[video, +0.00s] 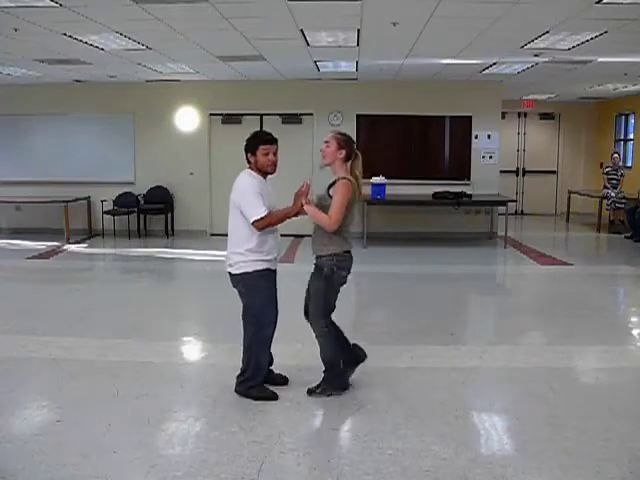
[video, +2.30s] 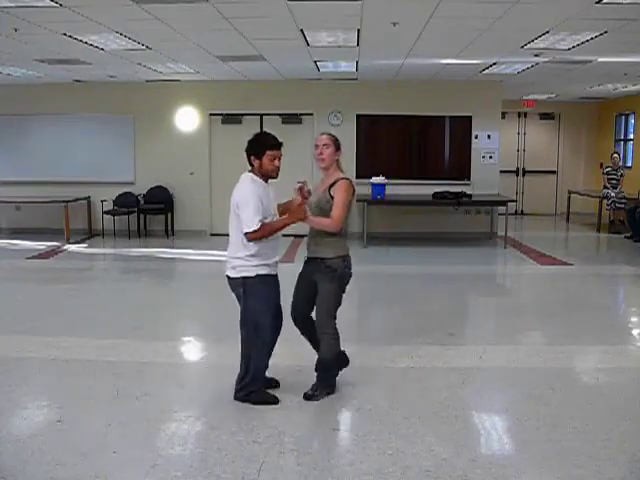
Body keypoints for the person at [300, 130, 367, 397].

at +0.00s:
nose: (322, 148)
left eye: (327, 145)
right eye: (323, 144)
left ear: (341, 152)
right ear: (338, 153)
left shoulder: (344, 185)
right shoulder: (336, 183)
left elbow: (332, 224)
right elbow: (329, 218)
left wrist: (308, 208)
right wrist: (308, 204)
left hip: (334, 260)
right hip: (326, 259)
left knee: (319, 317)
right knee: (312, 313)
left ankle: (334, 378)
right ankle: (349, 353)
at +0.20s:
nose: (327, 149)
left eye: (333, 145)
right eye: (328, 144)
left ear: (347, 151)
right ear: (339, 152)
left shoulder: (356, 185)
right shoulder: (332, 181)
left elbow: (349, 227)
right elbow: (326, 216)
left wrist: (323, 231)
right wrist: (310, 198)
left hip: (344, 260)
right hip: (324, 257)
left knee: (334, 318)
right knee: (321, 315)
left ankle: (338, 379)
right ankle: (339, 365)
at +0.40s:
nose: (337, 150)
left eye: (342, 146)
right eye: (337, 146)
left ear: (357, 152)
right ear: (342, 152)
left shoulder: (371, 184)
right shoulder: (333, 181)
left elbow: (379, 227)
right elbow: (304, 207)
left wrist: (362, 247)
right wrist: (289, 183)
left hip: (356, 259)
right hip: (329, 257)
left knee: (352, 314)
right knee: (333, 316)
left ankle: (369, 359)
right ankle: (340, 364)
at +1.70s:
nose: (338, 155)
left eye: (344, 150)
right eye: (337, 151)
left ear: (357, 155)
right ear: (336, 155)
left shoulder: (370, 187)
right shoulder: (332, 185)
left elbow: (376, 226)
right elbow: (309, 213)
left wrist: (352, 222)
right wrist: (285, 197)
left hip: (360, 262)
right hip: (333, 261)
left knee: (362, 314)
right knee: (327, 317)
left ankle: (373, 353)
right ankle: (342, 368)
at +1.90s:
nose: (330, 153)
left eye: (335, 148)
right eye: (327, 149)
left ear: (348, 153)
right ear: (326, 154)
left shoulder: (355, 187)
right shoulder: (328, 185)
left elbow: (346, 225)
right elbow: (315, 221)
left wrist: (319, 209)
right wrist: (297, 202)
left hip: (343, 263)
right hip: (322, 260)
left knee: (331, 317)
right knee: (320, 318)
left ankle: (360, 353)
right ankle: (341, 368)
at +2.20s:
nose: (319, 150)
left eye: (324, 146)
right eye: (316, 146)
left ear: (336, 152)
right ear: (314, 152)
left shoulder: (341, 184)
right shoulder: (323, 183)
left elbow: (333, 222)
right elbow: (318, 221)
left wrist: (302, 209)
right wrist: (295, 247)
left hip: (331, 262)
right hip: (314, 260)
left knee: (320, 319)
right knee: (311, 316)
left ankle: (325, 379)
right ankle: (341, 362)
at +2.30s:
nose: (319, 152)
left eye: (325, 147)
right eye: (317, 148)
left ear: (338, 152)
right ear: (315, 153)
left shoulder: (342, 184)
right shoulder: (322, 185)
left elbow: (336, 224)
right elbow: (318, 217)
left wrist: (306, 217)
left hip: (333, 264)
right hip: (314, 262)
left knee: (325, 321)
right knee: (299, 314)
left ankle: (325, 382)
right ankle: (333, 356)